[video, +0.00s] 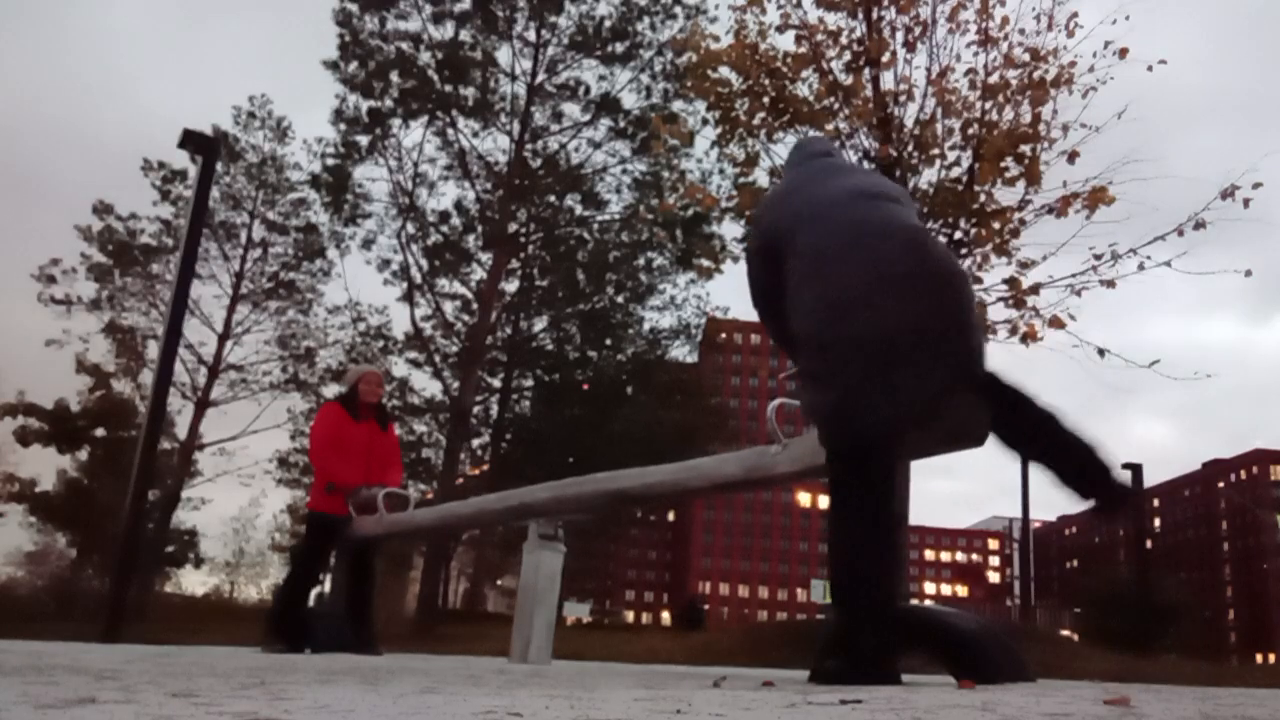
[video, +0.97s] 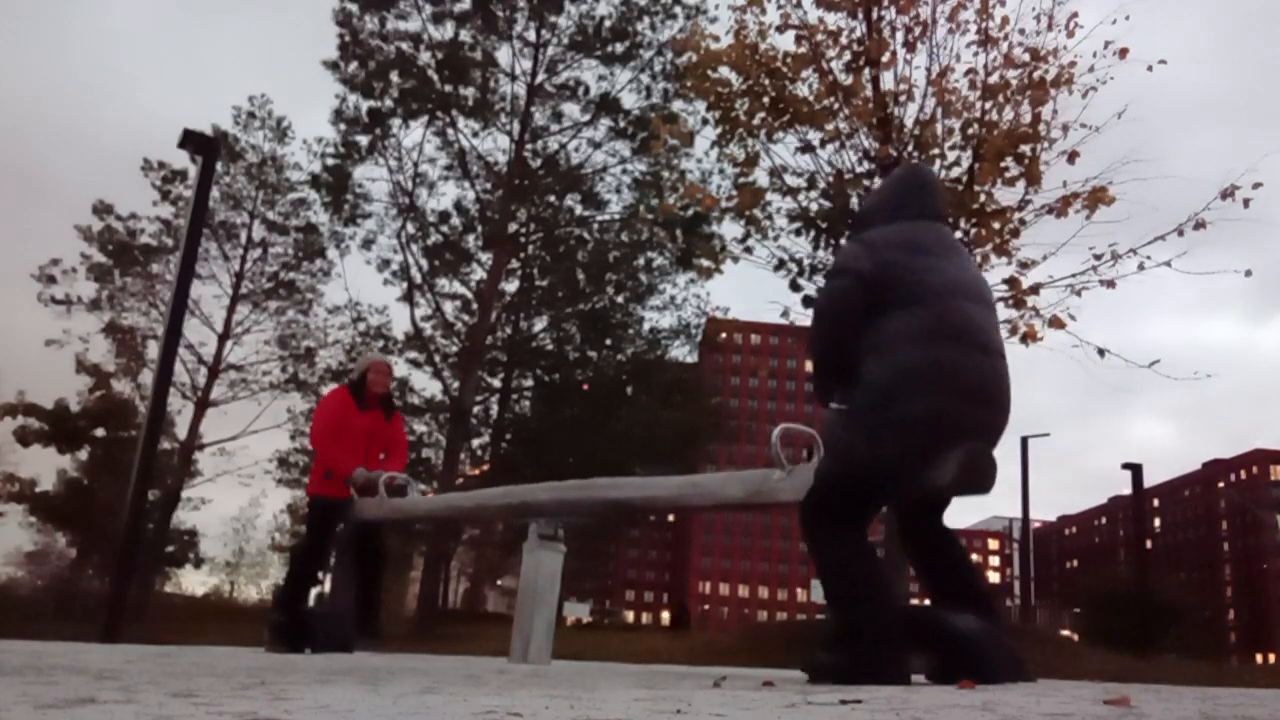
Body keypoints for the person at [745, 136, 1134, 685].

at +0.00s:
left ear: (787, 172)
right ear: (837, 159)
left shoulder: (770, 211)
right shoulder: (881, 185)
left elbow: (769, 304)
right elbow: (918, 259)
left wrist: (812, 354)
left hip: (851, 360)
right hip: (936, 338)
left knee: (860, 504)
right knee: (990, 396)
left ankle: (862, 644)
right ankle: (1101, 484)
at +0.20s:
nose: (772, 188)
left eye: (774, 180)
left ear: (781, 176)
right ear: (831, 162)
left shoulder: (773, 217)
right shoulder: (881, 194)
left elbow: (771, 310)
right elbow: (914, 271)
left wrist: (808, 355)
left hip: (846, 369)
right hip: (934, 354)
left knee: (845, 509)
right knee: (952, 439)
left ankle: (861, 647)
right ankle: (1021, 542)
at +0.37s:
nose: (774, 194)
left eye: (775, 186)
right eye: (776, 187)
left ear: (785, 178)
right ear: (837, 163)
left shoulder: (781, 220)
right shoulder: (883, 197)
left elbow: (784, 314)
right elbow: (925, 276)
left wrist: (815, 361)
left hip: (856, 354)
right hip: (941, 342)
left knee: (842, 494)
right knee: (928, 460)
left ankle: (859, 638)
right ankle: (971, 590)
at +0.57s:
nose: (797, 196)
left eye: (800, 188)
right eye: (798, 189)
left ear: (814, 181)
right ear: (860, 173)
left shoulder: (813, 219)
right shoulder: (897, 208)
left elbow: (796, 297)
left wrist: (817, 363)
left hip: (878, 366)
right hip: (952, 357)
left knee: (836, 498)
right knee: (915, 487)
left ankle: (861, 645)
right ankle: (960, 631)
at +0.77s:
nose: (832, 204)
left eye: (836, 196)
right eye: (835, 197)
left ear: (852, 191)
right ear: (899, 188)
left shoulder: (848, 233)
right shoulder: (929, 233)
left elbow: (822, 311)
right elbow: (934, 318)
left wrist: (833, 376)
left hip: (895, 386)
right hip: (971, 382)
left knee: (838, 510)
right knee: (926, 508)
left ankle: (863, 648)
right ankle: (982, 634)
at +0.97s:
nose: (861, 210)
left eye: (868, 202)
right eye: (865, 202)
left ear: (883, 205)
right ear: (928, 206)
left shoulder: (871, 246)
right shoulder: (955, 253)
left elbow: (832, 316)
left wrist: (833, 385)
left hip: (905, 403)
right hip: (980, 406)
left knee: (828, 513)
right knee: (919, 519)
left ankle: (868, 648)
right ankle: (985, 640)